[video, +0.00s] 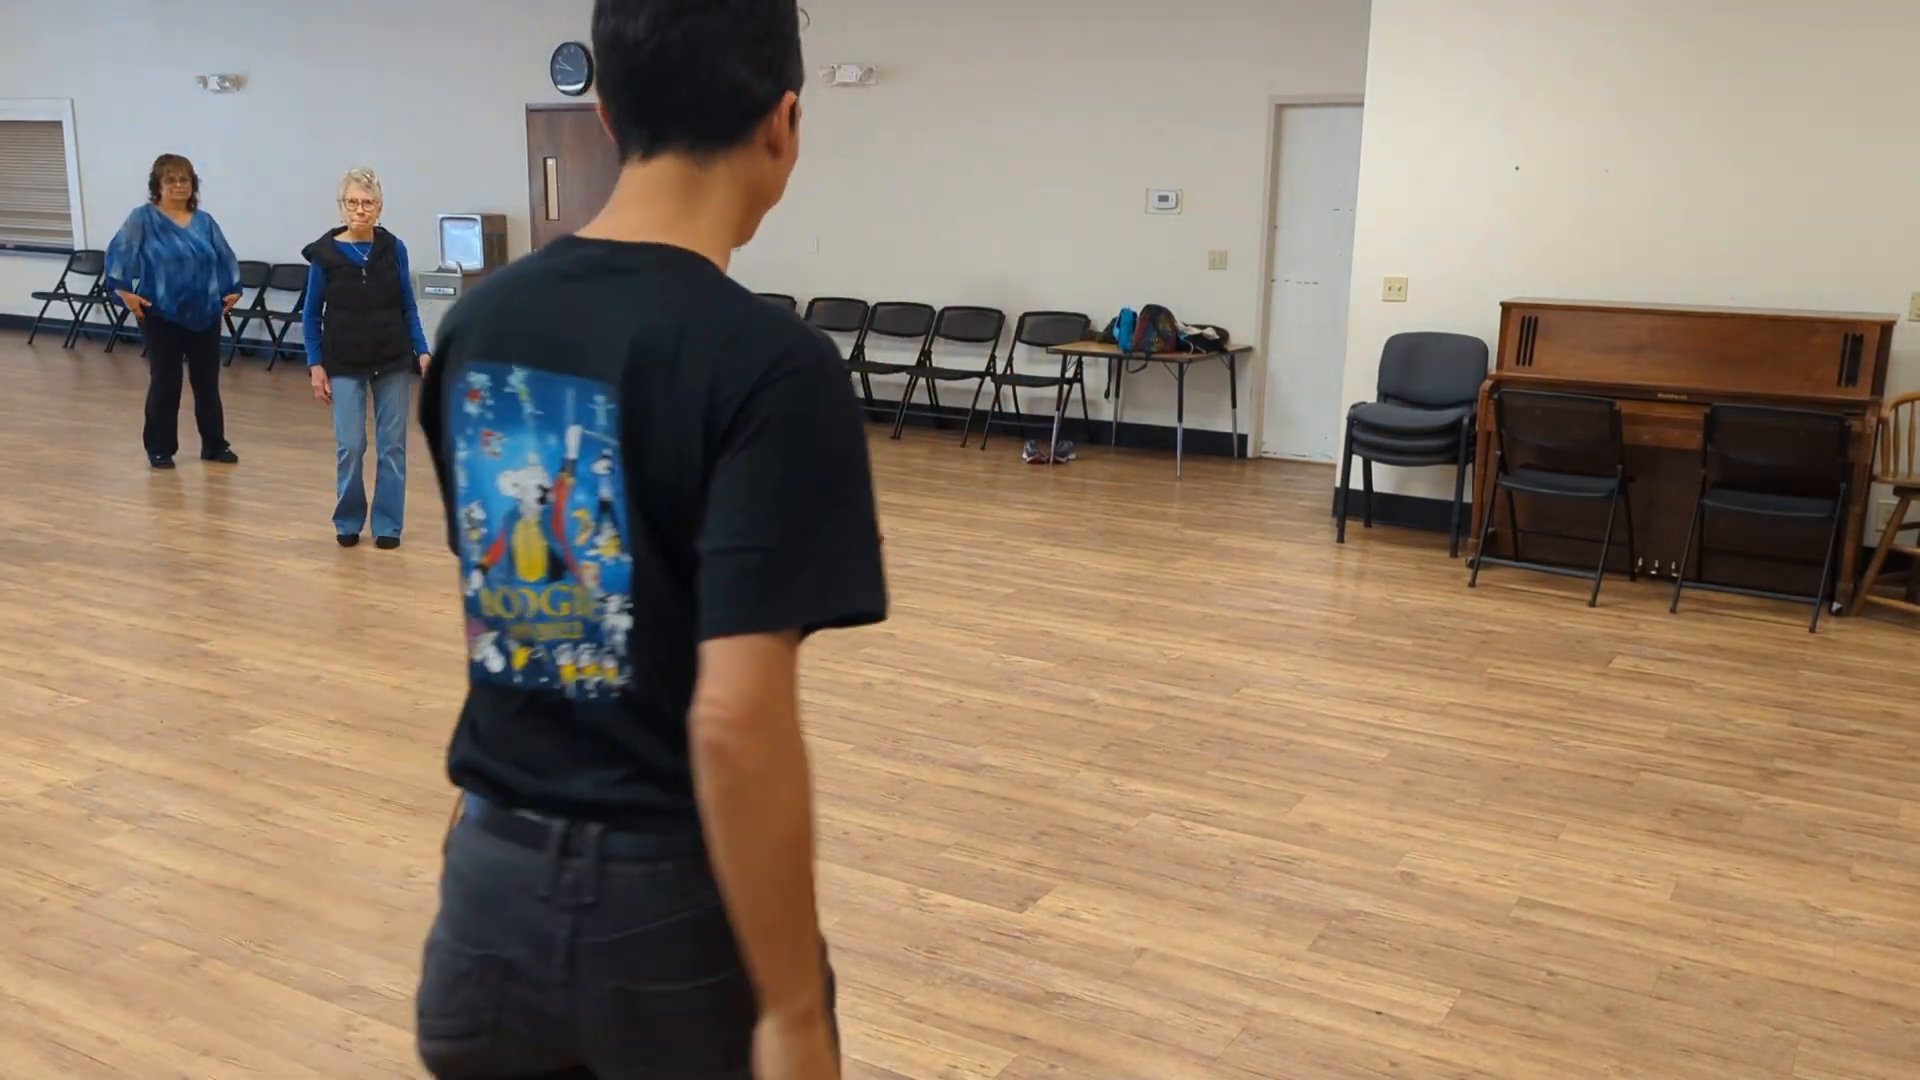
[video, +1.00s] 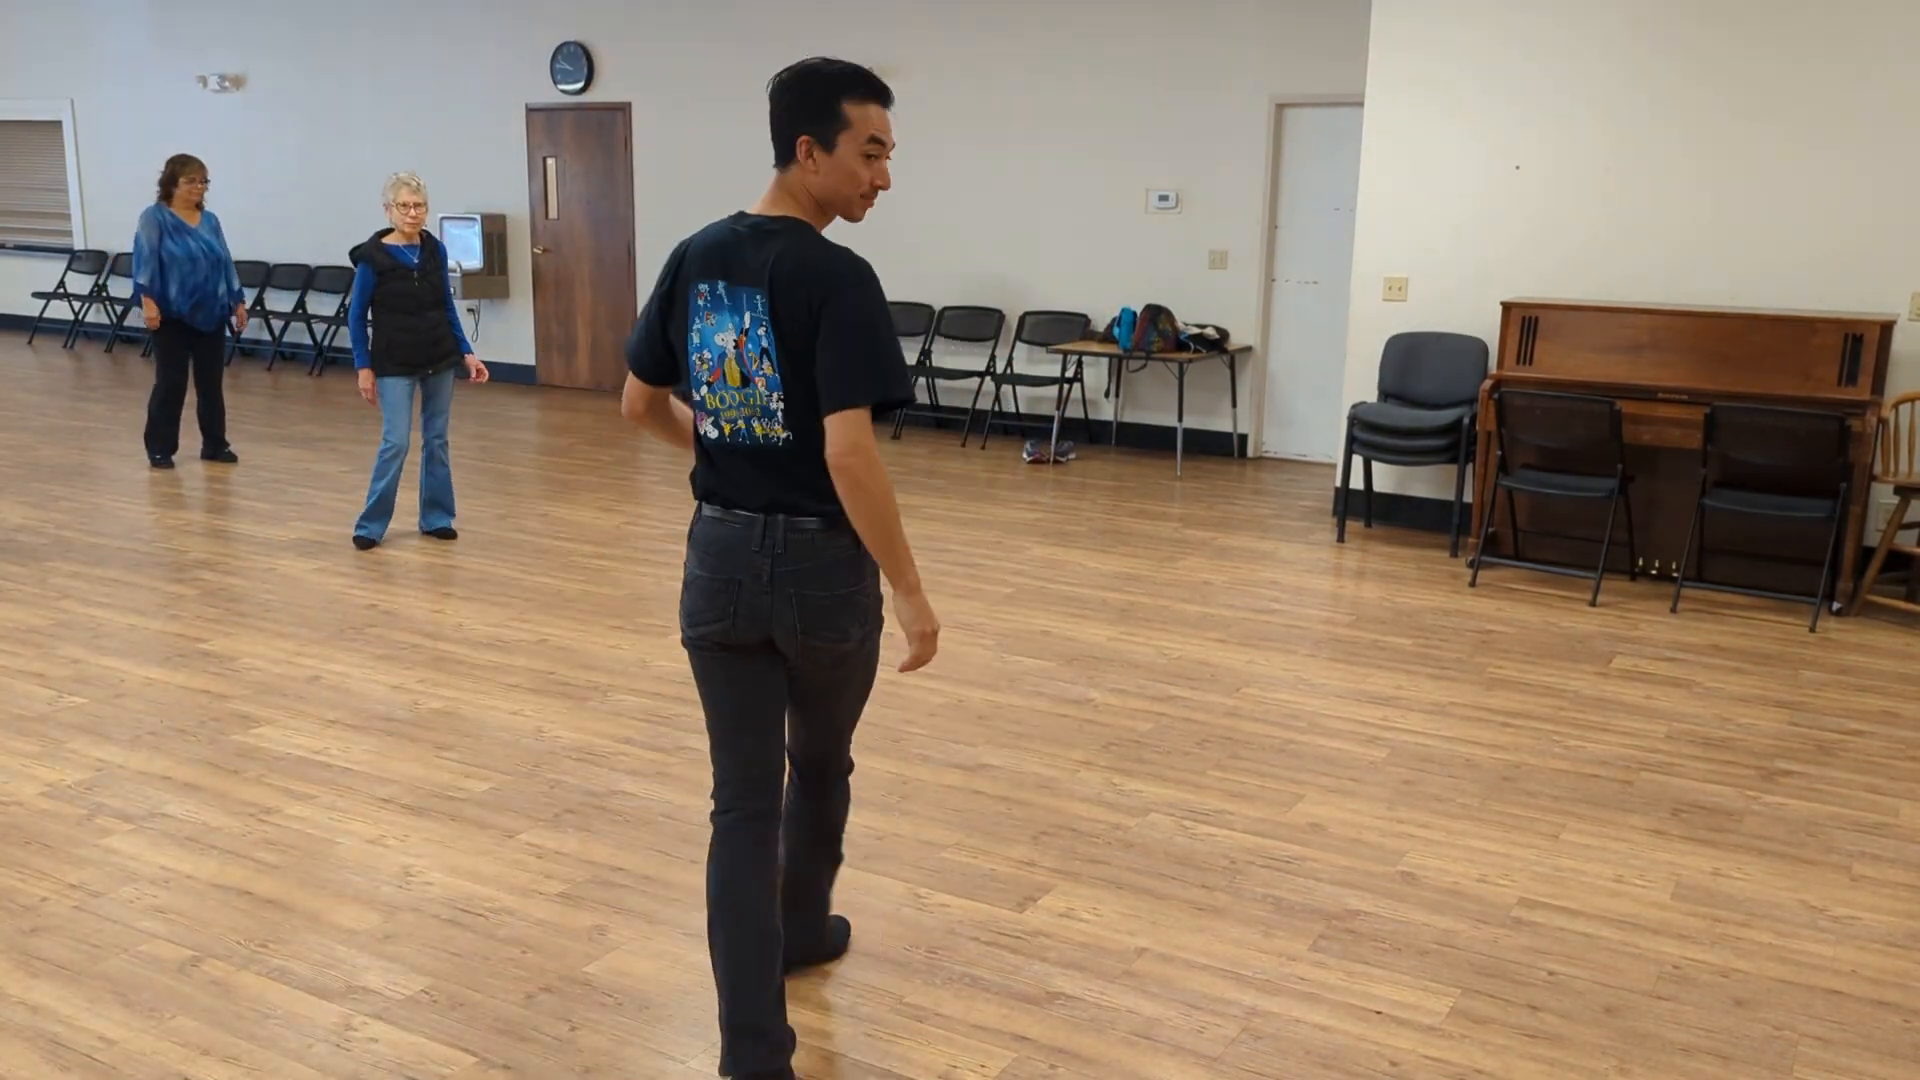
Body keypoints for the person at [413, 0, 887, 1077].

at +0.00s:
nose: (797, 145)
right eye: (801, 117)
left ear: (606, 113)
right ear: (782, 124)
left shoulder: (479, 323)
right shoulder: (762, 359)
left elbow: (505, 608)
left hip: (491, 862)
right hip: (671, 890)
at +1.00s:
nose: (885, 172)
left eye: (887, 151)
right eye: (872, 149)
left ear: (801, 154)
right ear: (806, 149)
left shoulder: (698, 254)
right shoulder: (838, 278)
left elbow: (642, 398)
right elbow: (850, 450)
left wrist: (717, 440)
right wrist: (908, 589)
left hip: (719, 553)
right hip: (822, 560)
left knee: (742, 799)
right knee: (820, 754)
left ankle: (754, 1058)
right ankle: (801, 927)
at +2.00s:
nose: (706, 140)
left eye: (718, 126)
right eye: (688, 124)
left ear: (731, 136)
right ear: (649, 131)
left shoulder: (732, 230)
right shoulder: (608, 233)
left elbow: (744, 325)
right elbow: (541, 354)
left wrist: (736, 395)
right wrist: (642, 412)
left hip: (705, 475)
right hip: (624, 478)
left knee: (724, 648)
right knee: (600, 666)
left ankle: (734, 808)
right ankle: (572, 841)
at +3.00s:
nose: (671, 141)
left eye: (681, 126)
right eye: (653, 126)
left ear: (694, 136)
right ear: (615, 135)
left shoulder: (708, 217)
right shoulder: (572, 230)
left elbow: (692, 313)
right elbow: (491, 291)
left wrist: (686, 400)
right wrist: (549, 378)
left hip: (696, 466)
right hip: (614, 473)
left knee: (705, 643)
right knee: (594, 661)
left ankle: (711, 794)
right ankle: (571, 839)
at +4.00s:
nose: (741, 149)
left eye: (738, 135)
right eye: (735, 136)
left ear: (689, 143)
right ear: (704, 145)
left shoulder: (704, 229)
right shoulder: (599, 223)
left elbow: (665, 322)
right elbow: (488, 279)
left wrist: (676, 403)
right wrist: (557, 380)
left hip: (698, 471)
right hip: (622, 473)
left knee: (707, 643)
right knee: (600, 660)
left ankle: (711, 793)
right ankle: (571, 838)